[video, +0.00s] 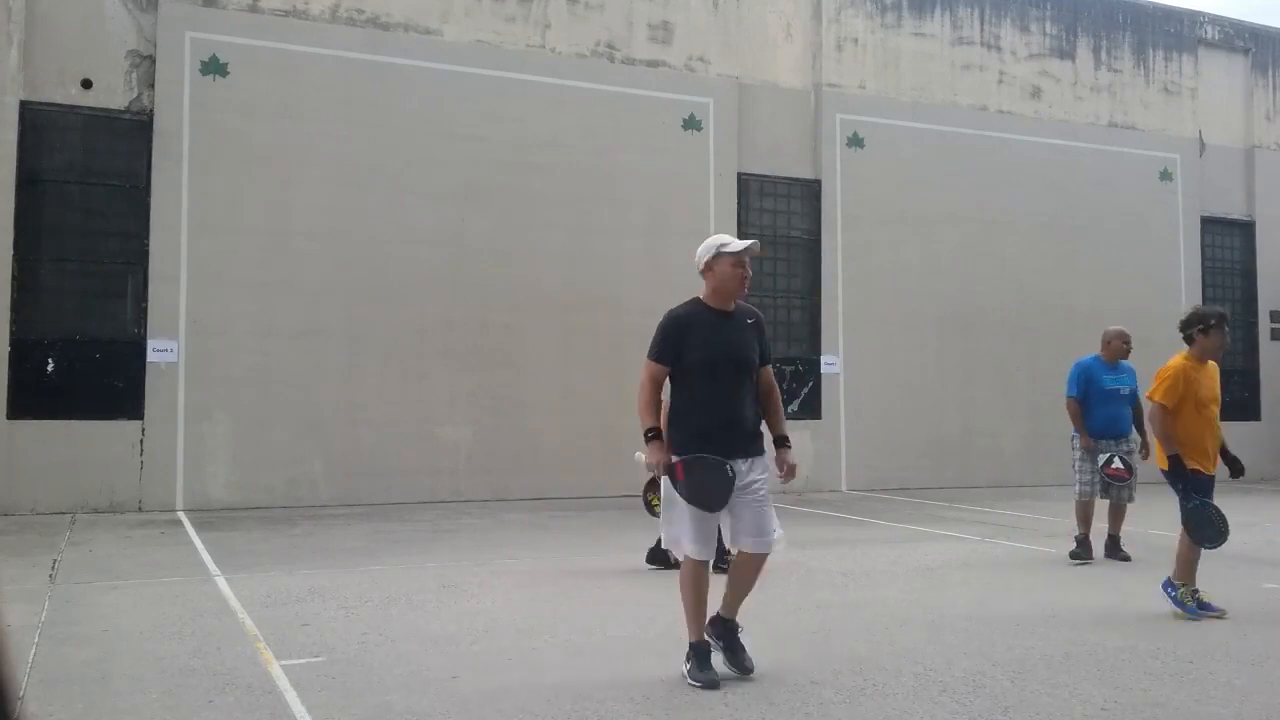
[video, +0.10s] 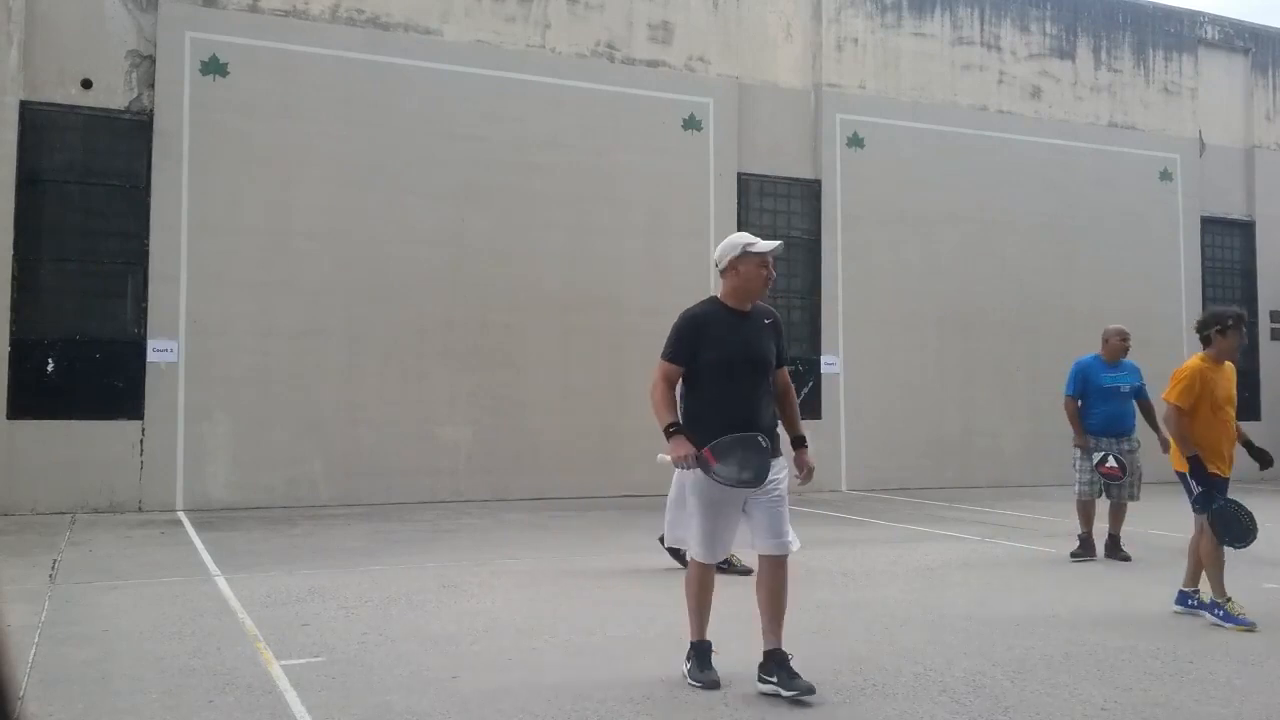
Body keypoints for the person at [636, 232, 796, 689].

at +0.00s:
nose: (747, 271)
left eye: (747, 264)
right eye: (737, 264)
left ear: (741, 273)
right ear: (709, 270)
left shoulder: (751, 321)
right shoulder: (678, 322)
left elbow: (766, 384)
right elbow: (650, 383)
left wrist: (781, 442)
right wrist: (653, 439)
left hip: (748, 458)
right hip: (692, 461)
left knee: (758, 542)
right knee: (695, 553)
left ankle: (724, 622)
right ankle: (697, 648)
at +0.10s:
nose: (771, 271)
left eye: (770, 264)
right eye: (761, 264)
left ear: (754, 273)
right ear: (732, 271)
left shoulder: (768, 322)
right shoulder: (695, 321)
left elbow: (781, 384)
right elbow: (662, 383)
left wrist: (798, 442)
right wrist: (673, 433)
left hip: (766, 459)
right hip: (708, 460)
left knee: (775, 551)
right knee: (703, 556)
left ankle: (774, 659)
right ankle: (698, 652)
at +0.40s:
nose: (852, 272)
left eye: (851, 264)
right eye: (844, 263)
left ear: (822, 266)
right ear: (815, 265)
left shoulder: (838, 323)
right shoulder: (763, 317)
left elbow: (846, 394)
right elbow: (722, 379)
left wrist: (862, 455)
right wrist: (724, 442)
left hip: (834, 473)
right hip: (774, 475)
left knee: (837, 572)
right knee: (763, 577)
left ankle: (819, 682)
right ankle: (734, 631)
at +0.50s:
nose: (882, 266)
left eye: (882, 257)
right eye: (875, 257)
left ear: (852, 258)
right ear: (844, 256)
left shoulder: (866, 314)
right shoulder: (789, 307)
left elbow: (880, 388)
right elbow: (746, 376)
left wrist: (905, 450)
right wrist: (738, 440)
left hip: (857, 468)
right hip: (803, 466)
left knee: (846, 574)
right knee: (816, 569)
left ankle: (823, 678)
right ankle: (795, 671)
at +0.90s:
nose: (974, 248)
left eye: (973, 237)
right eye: (965, 237)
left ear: (940, 242)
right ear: (925, 239)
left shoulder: (959, 304)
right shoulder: (871, 301)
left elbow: (979, 387)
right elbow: (824, 380)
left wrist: (1015, 452)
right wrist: (818, 457)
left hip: (953, 480)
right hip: (893, 478)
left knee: (962, 598)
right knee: (916, 604)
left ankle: (881, 660)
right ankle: (919, 717)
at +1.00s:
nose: (999, 239)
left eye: (998, 228)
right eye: (988, 227)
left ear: (964, 234)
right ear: (946, 230)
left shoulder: (983, 298)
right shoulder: (893, 294)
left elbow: (998, 383)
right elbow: (850, 374)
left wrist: (1030, 457)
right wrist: (856, 451)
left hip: (987, 483)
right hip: (919, 484)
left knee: (1005, 598)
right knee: (929, 607)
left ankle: (946, 692)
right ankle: (923, 715)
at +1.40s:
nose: (1142, 224)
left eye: (1144, 214)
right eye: (1128, 212)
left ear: (1145, 217)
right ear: (1080, 211)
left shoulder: (1129, 291)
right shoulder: (1027, 287)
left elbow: (1136, 397)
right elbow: (976, 378)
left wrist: (1161, 480)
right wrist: (1000, 459)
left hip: (1132, 501)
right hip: (1052, 505)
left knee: (1151, 645)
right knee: (1042, 652)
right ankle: (982, 711)